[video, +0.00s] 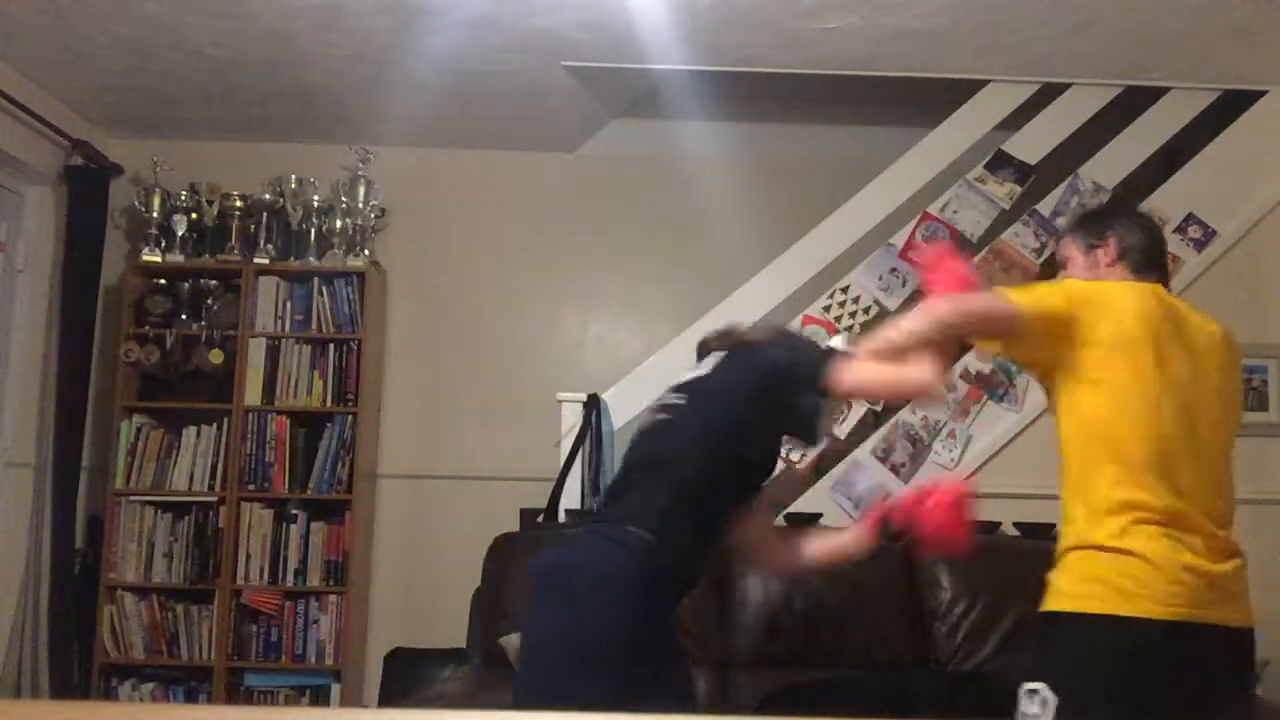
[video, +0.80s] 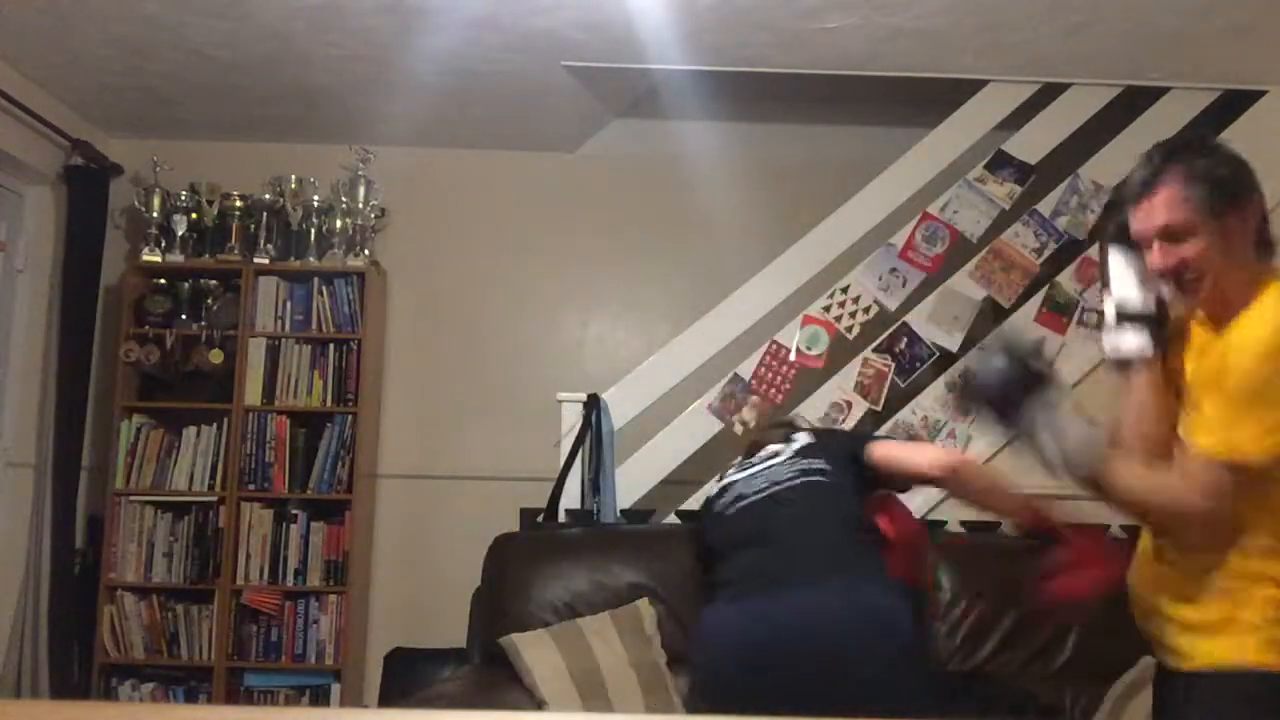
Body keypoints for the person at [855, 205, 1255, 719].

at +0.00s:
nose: (1062, 281)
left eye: (1066, 264)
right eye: (1061, 268)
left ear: (1108, 251)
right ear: (1164, 270)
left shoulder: (1092, 303)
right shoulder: (1220, 341)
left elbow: (946, 311)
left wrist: (862, 352)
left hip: (1109, 619)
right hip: (1220, 633)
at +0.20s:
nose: (1066, 289)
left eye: (1073, 276)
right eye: (1065, 280)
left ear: (1113, 261)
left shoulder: (1113, 299)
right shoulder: (1223, 342)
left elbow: (999, 298)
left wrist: (904, 365)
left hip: (1142, 592)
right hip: (1245, 610)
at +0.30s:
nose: (1060, 293)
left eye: (1068, 276)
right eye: (1059, 281)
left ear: (1116, 265)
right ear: (1118, 268)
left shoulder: (1145, 306)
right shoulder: (1210, 346)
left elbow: (998, 309)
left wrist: (893, 362)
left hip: (1171, 603)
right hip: (1249, 613)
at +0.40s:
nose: (1061, 286)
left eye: (1075, 266)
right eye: (1057, 278)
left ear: (1133, 258)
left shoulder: (1170, 308)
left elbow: (1029, 365)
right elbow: (1076, 481)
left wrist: (906, 378)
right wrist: (934, 482)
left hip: (1214, 597)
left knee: (1149, 707)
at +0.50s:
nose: (1085, 267)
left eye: (1100, 245)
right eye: (1078, 255)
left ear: (1159, 242)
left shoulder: (1191, 306)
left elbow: (1052, 393)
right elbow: (1149, 499)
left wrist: (930, 398)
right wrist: (1102, 423)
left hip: (1238, 587)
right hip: (1198, 594)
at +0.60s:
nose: (1106, 259)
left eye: (1123, 236)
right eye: (1096, 245)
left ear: (1183, 229)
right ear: (1088, 252)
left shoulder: (1213, 302)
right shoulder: (1157, 337)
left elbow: (1060, 402)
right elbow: (1119, 474)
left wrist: (978, 389)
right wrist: (1088, 357)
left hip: (1248, 586)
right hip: (1185, 602)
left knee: (1233, 704)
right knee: (1185, 707)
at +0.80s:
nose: (1159, 264)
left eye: (1178, 237)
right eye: (1145, 245)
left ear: (1244, 218)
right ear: (1133, 249)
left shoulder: (1267, 331)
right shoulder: (1196, 327)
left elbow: (1201, 508)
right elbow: (1142, 469)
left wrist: (1051, 426)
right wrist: (1141, 336)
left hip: (1247, 657)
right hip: (1191, 647)